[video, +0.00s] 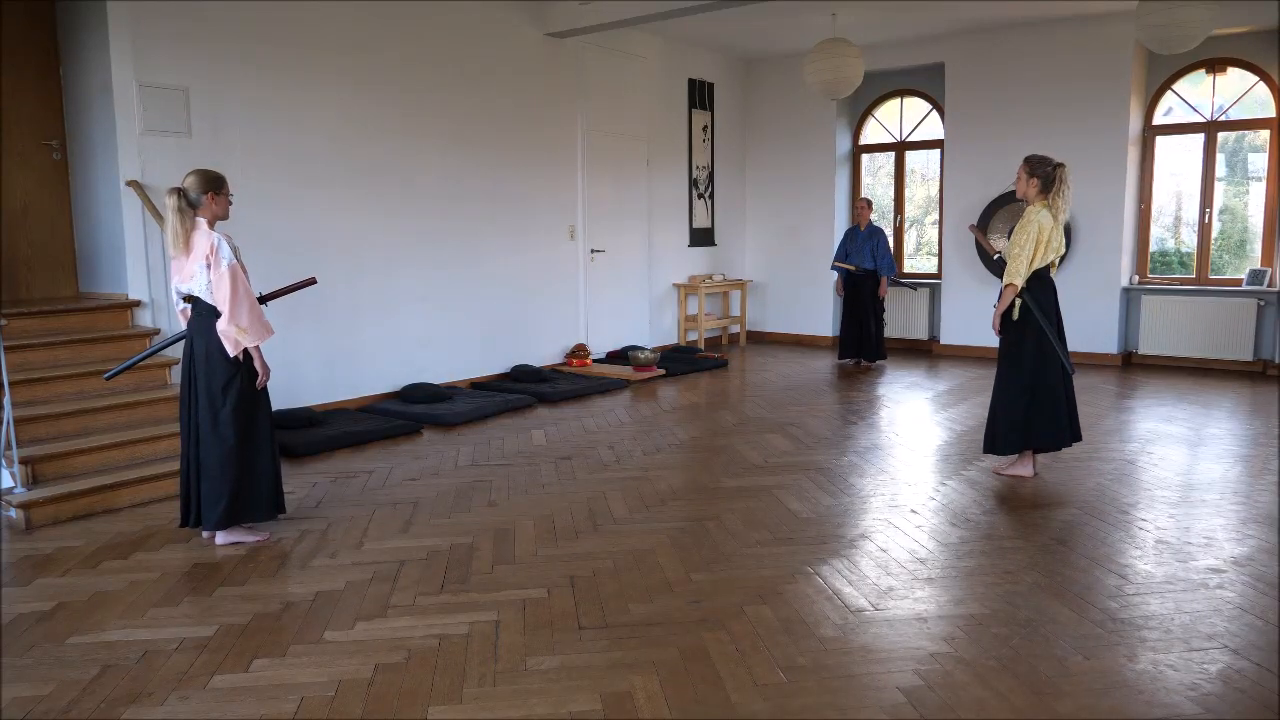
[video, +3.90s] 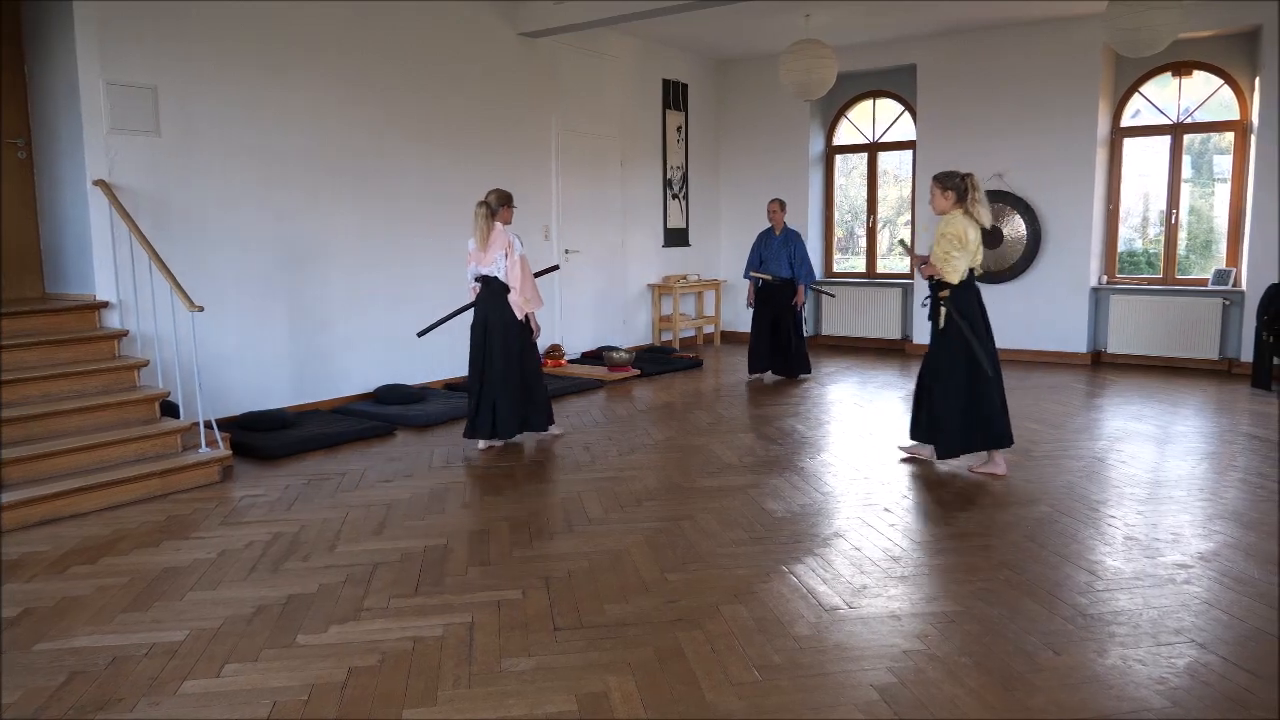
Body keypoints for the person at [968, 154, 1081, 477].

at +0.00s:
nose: (1015, 183)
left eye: (1019, 178)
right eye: (1017, 177)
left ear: (1033, 182)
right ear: (1038, 183)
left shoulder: (1033, 218)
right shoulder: (1050, 215)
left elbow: (1019, 269)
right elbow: (1021, 257)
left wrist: (999, 308)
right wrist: (989, 244)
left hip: (1027, 302)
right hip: (1041, 299)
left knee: (1024, 376)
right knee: (1033, 375)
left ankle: (1025, 459)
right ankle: (1027, 454)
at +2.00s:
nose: (1001, 185)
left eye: (1005, 181)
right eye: (1002, 180)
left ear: (1021, 183)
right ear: (1026, 183)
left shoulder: (1022, 217)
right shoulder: (1038, 215)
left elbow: (1011, 267)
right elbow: (1011, 258)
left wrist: (991, 307)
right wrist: (980, 246)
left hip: (1018, 301)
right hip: (1031, 297)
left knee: (1017, 375)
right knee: (1024, 375)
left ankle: (1019, 458)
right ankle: (1019, 455)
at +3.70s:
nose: (956, 192)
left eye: (959, 187)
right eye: (957, 186)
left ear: (975, 188)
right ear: (980, 189)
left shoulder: (976, 218)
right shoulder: (995, 215)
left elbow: (983, 265)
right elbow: (996, 257)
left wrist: (950, 277)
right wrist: (956, 250)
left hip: (978, 304)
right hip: (991, 301)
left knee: (988, 376)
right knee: (984, 375)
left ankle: (999, 458)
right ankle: (984, 449)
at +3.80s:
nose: (945, 195)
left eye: (948, 190)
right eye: (945, 189)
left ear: (963, 191)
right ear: (969, 191)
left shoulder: (965, 220)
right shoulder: (984, 217)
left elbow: (971, 265)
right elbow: (981, 258)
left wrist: (942, 266)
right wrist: (940, 252)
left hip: (966, 303)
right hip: (981, 300)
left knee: (950, 373)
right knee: (985, 375)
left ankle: (997, 459)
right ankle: (949, 443)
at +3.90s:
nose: (930, 200)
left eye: (933, 194)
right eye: (931, 194)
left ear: (949, 196)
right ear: (954, 196)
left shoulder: (951, 226)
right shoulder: (970, 222)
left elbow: (951, 272)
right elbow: (974, 263)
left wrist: (926, 270)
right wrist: (934, 261)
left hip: (955, 306)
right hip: (969, 302)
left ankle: (996, 459)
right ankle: (930, 445)